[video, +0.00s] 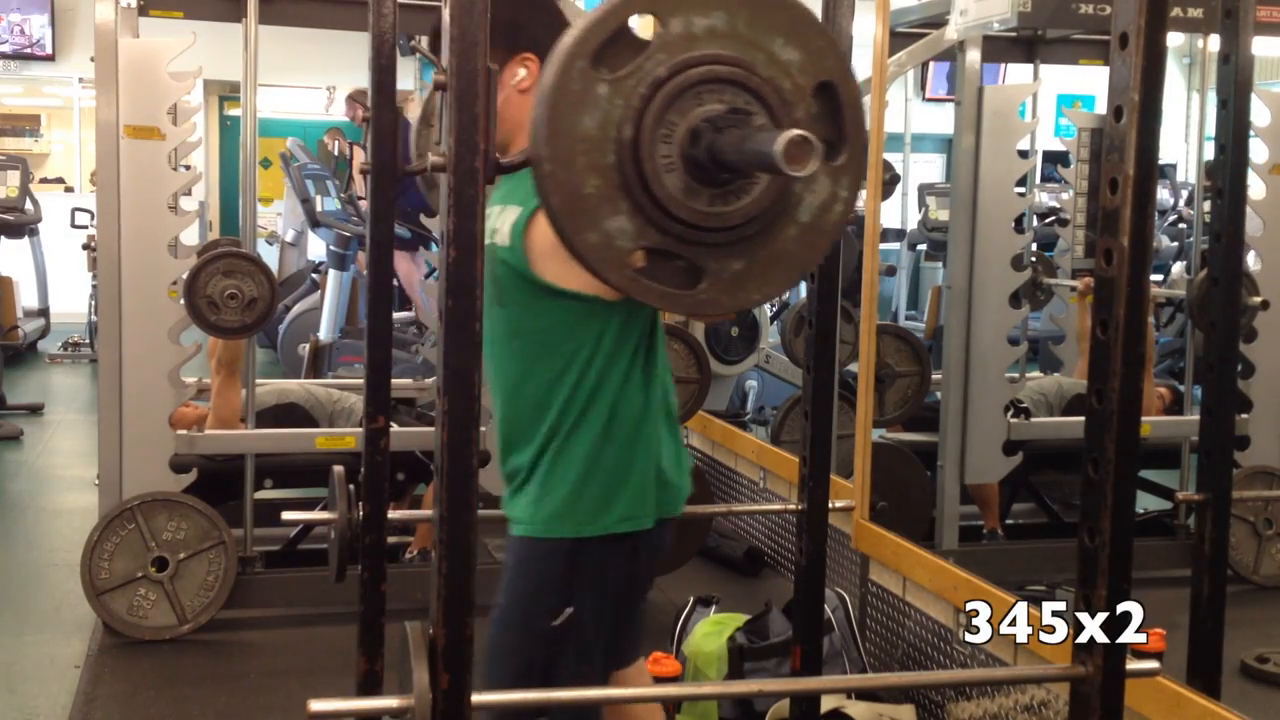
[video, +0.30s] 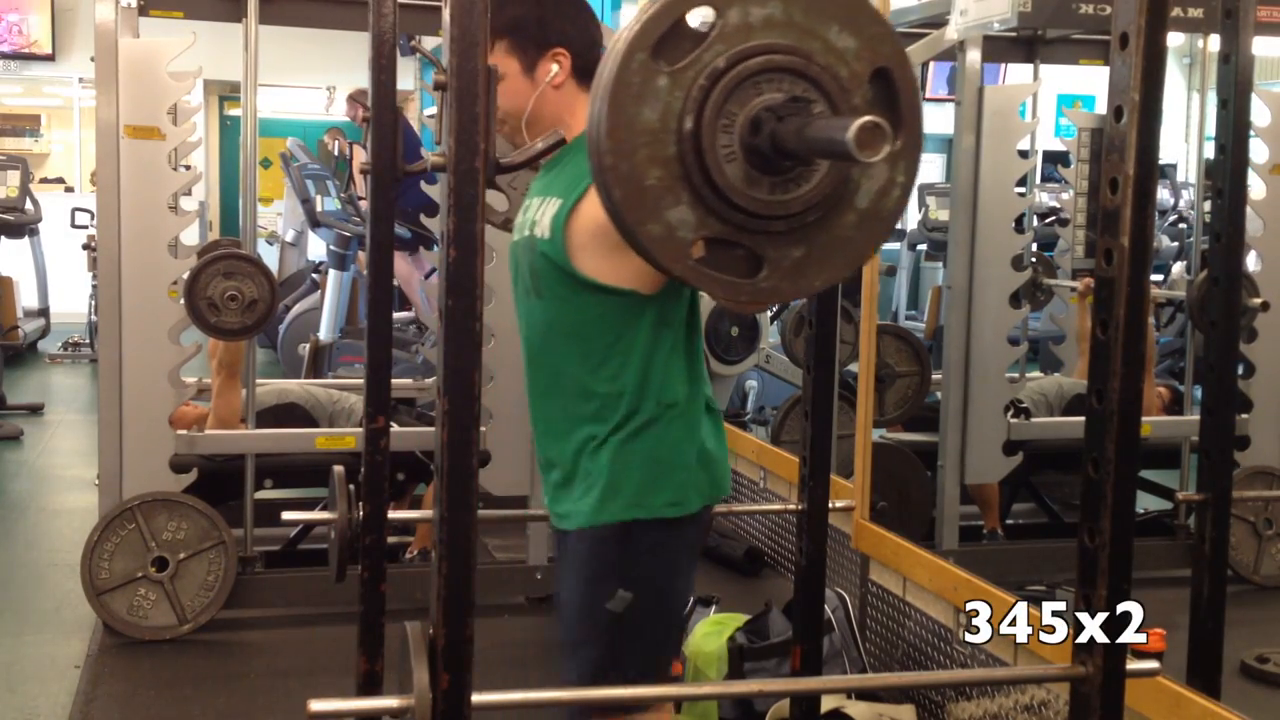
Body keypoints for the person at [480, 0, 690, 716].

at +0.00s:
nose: (472, 103)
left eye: (480, 81)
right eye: (473, 85)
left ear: (527, 74)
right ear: (527, 78)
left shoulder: (538, 201)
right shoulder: (530, 203)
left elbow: (667, 269)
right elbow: (662, 266)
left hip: (584, 505)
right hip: (601, 500)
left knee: (513, 704)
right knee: (619, 671)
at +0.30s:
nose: (491, 98)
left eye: (498, 74)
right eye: (488, 78)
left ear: (554, 69)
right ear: (551, 73)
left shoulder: (612, 188)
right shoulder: (557, 180)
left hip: (638, 497)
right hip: (594, 490)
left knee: (614, 705)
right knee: (619, 697)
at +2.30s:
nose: (526, 65)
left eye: (544, 43)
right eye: (534, 43)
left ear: (606, 65)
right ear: (600, 68)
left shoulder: (648, 196)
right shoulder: (590, 178)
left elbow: (788, 287)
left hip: (673, 518)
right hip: (618, 510)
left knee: (678, 711)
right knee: (632, 704)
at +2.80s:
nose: (535, 168)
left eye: (550, 145)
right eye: (537, 148)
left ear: (616, 153)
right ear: (608, 155)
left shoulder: (649, 270)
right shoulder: (590, 262)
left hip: (720, 551)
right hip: (643, 531)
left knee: (624, 711)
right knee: (557, 654)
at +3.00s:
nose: (526, 263)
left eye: (542, 244)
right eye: (530, 244)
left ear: (602, 254)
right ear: (601, 256)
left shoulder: (651, 359)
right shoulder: (589, 351)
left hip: (737, 607)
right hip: (651, 584)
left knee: (617, 709)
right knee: (534, 666)